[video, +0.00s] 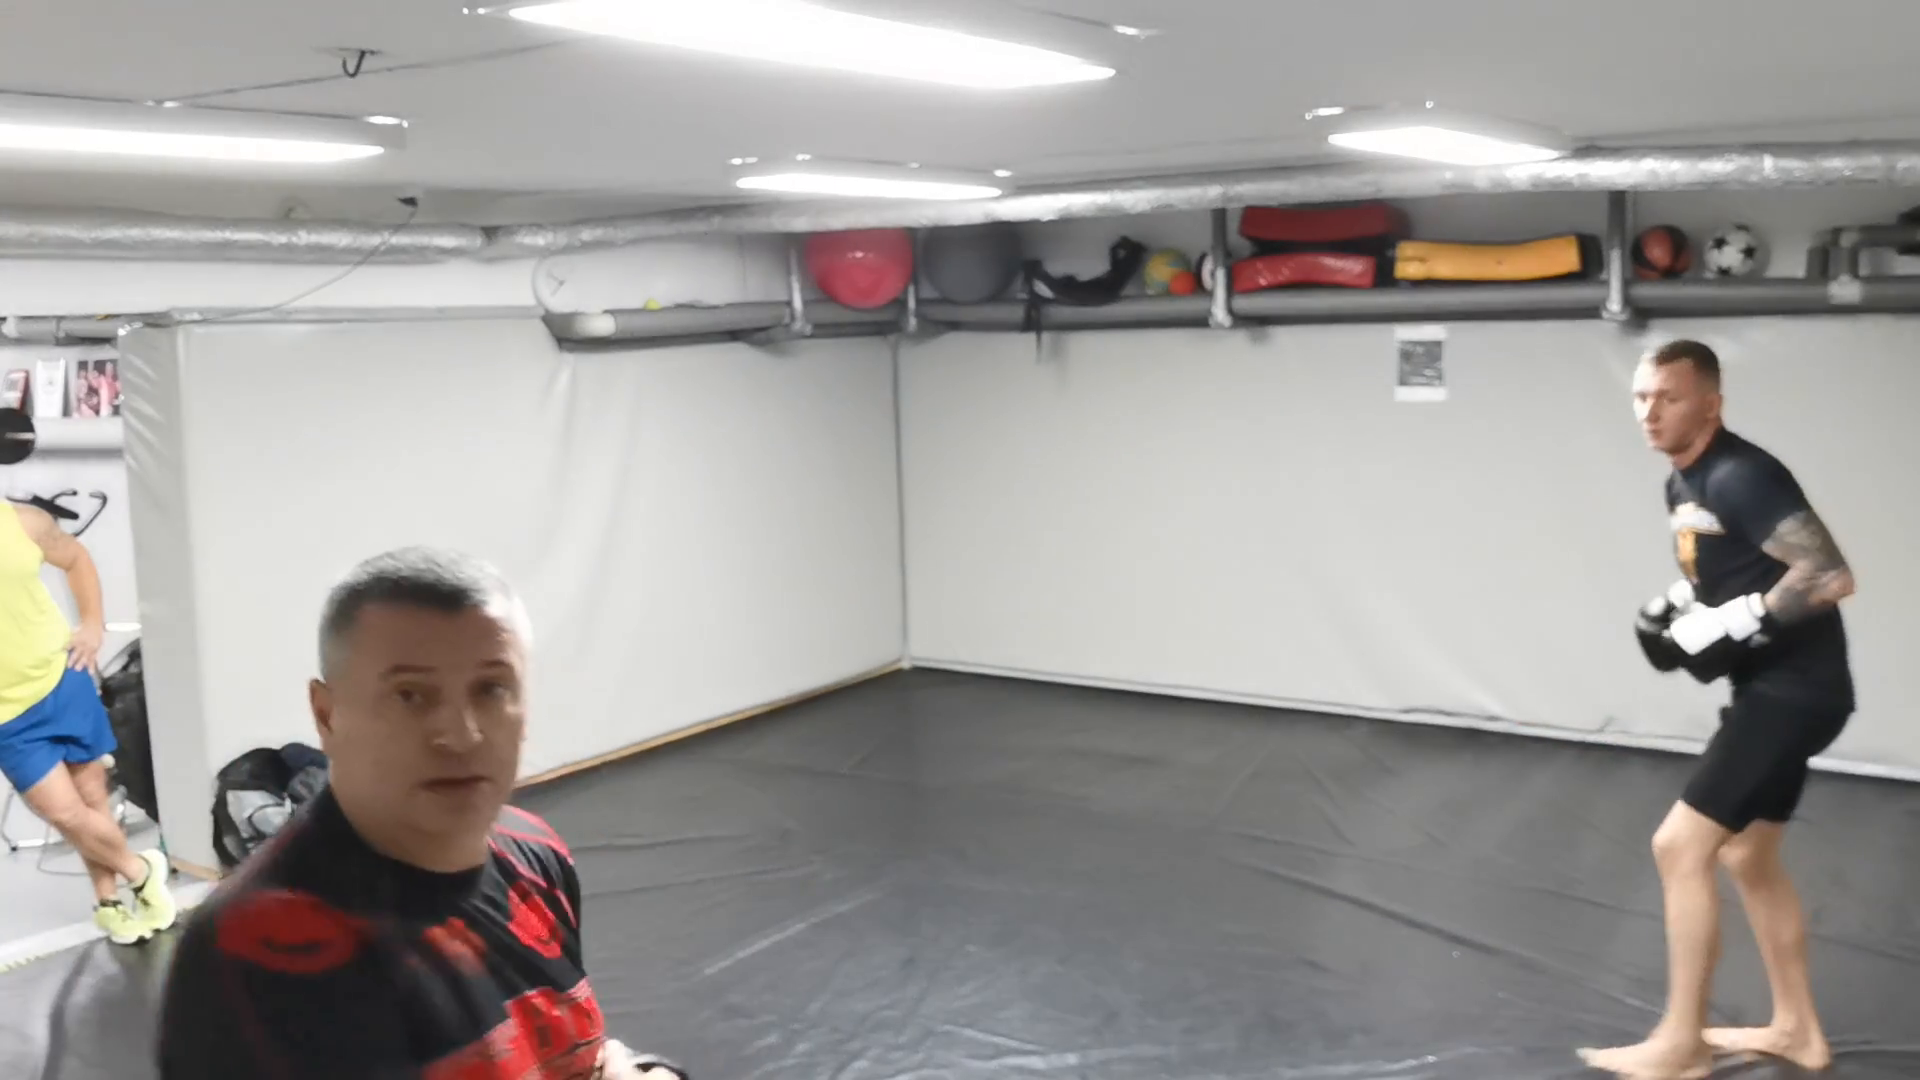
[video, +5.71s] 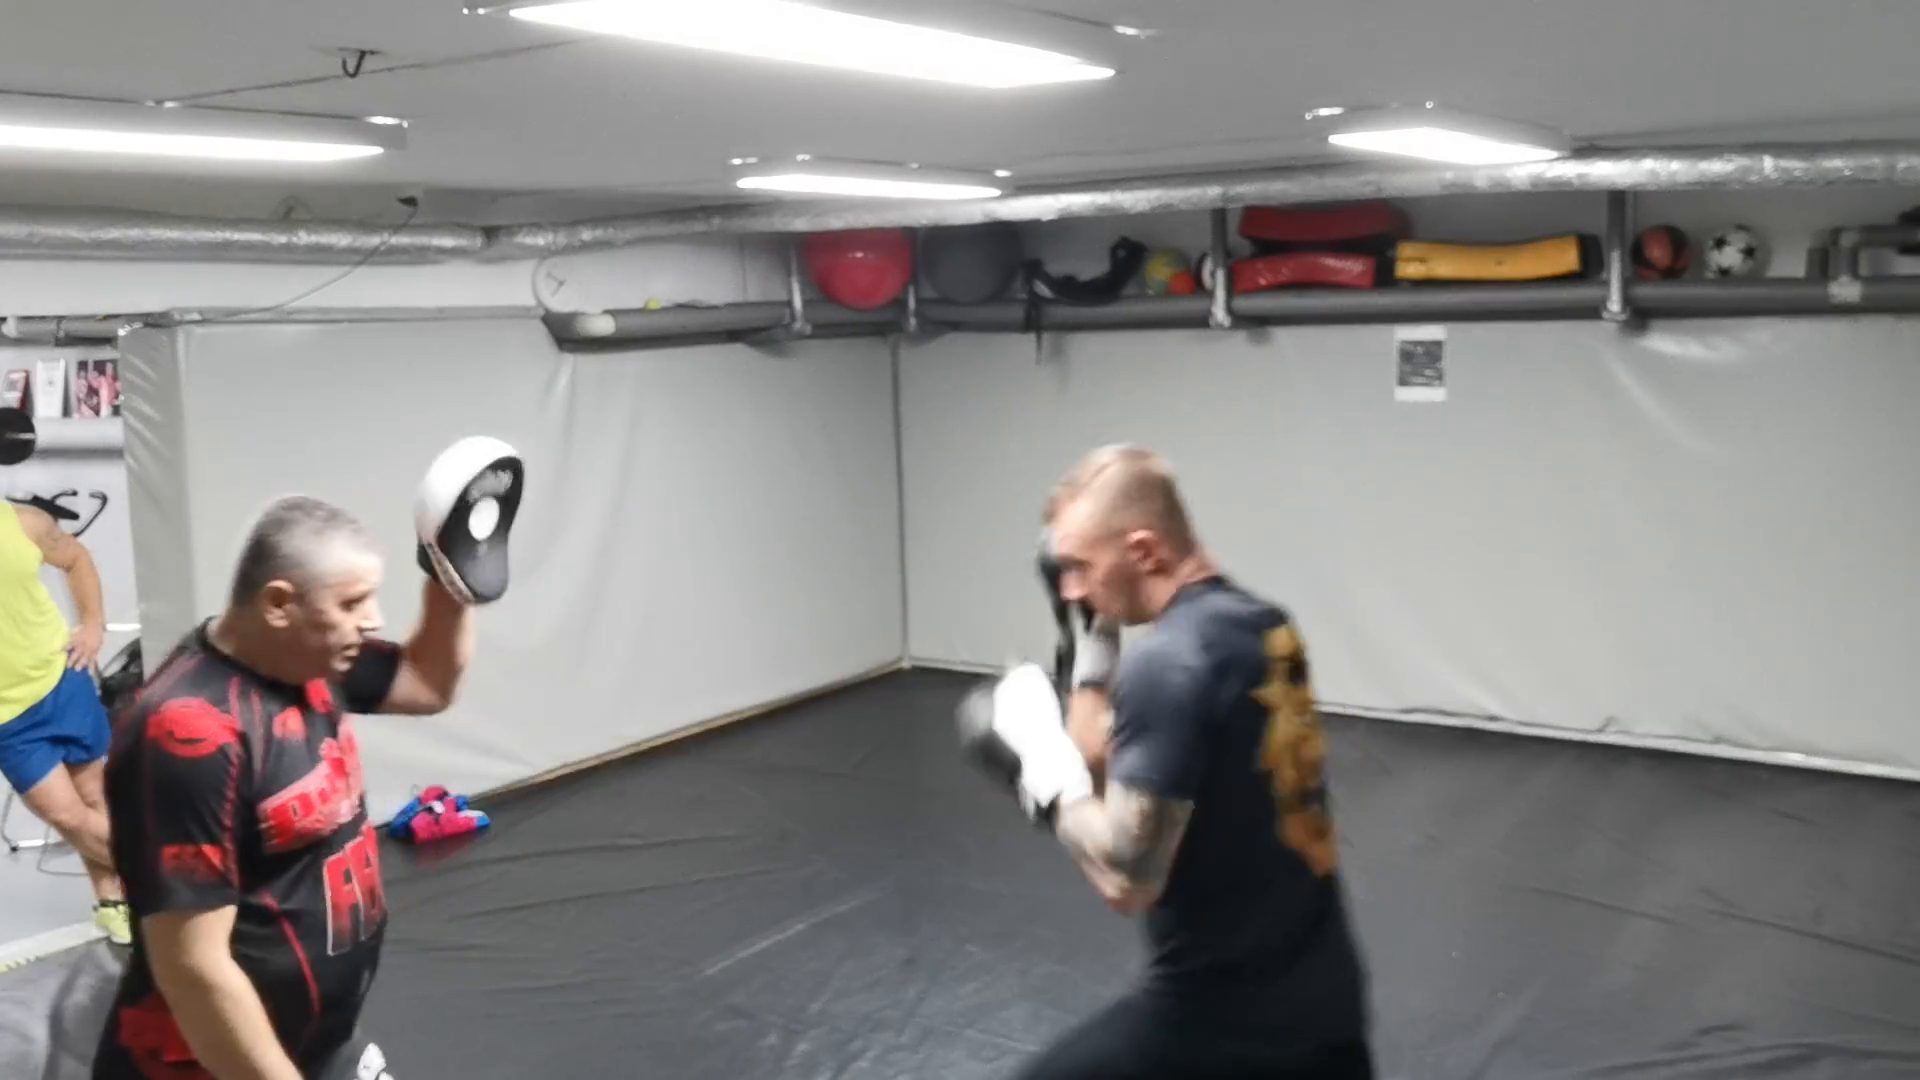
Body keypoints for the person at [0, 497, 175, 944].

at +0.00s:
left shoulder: (20, 521)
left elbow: (76, 558)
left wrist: (92, 623)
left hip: (62, 682)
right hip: (8, 715)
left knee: (92, 797)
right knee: (65, 815)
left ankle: (108, 901)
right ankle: (142, 872)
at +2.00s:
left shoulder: (20, 522)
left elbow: (76, 557)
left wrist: (92, 623)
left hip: (62, 683)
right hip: (7, 715)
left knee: (91, 798)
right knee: (65, 816)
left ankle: (107, 901)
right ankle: (142, 872)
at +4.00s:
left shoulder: (21, 522)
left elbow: (77, 558)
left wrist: (92, 623)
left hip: (61, 681)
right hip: (7, 714)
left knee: (91, 796)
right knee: (64, 816)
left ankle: (107, 901)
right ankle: (141, 872)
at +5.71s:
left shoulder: (22, 523)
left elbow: (76, 558)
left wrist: (93, 623)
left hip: (62, 681)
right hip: (8, 717)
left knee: (93, 797)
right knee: (66, 818)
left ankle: (110, 899)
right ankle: (155, 863)